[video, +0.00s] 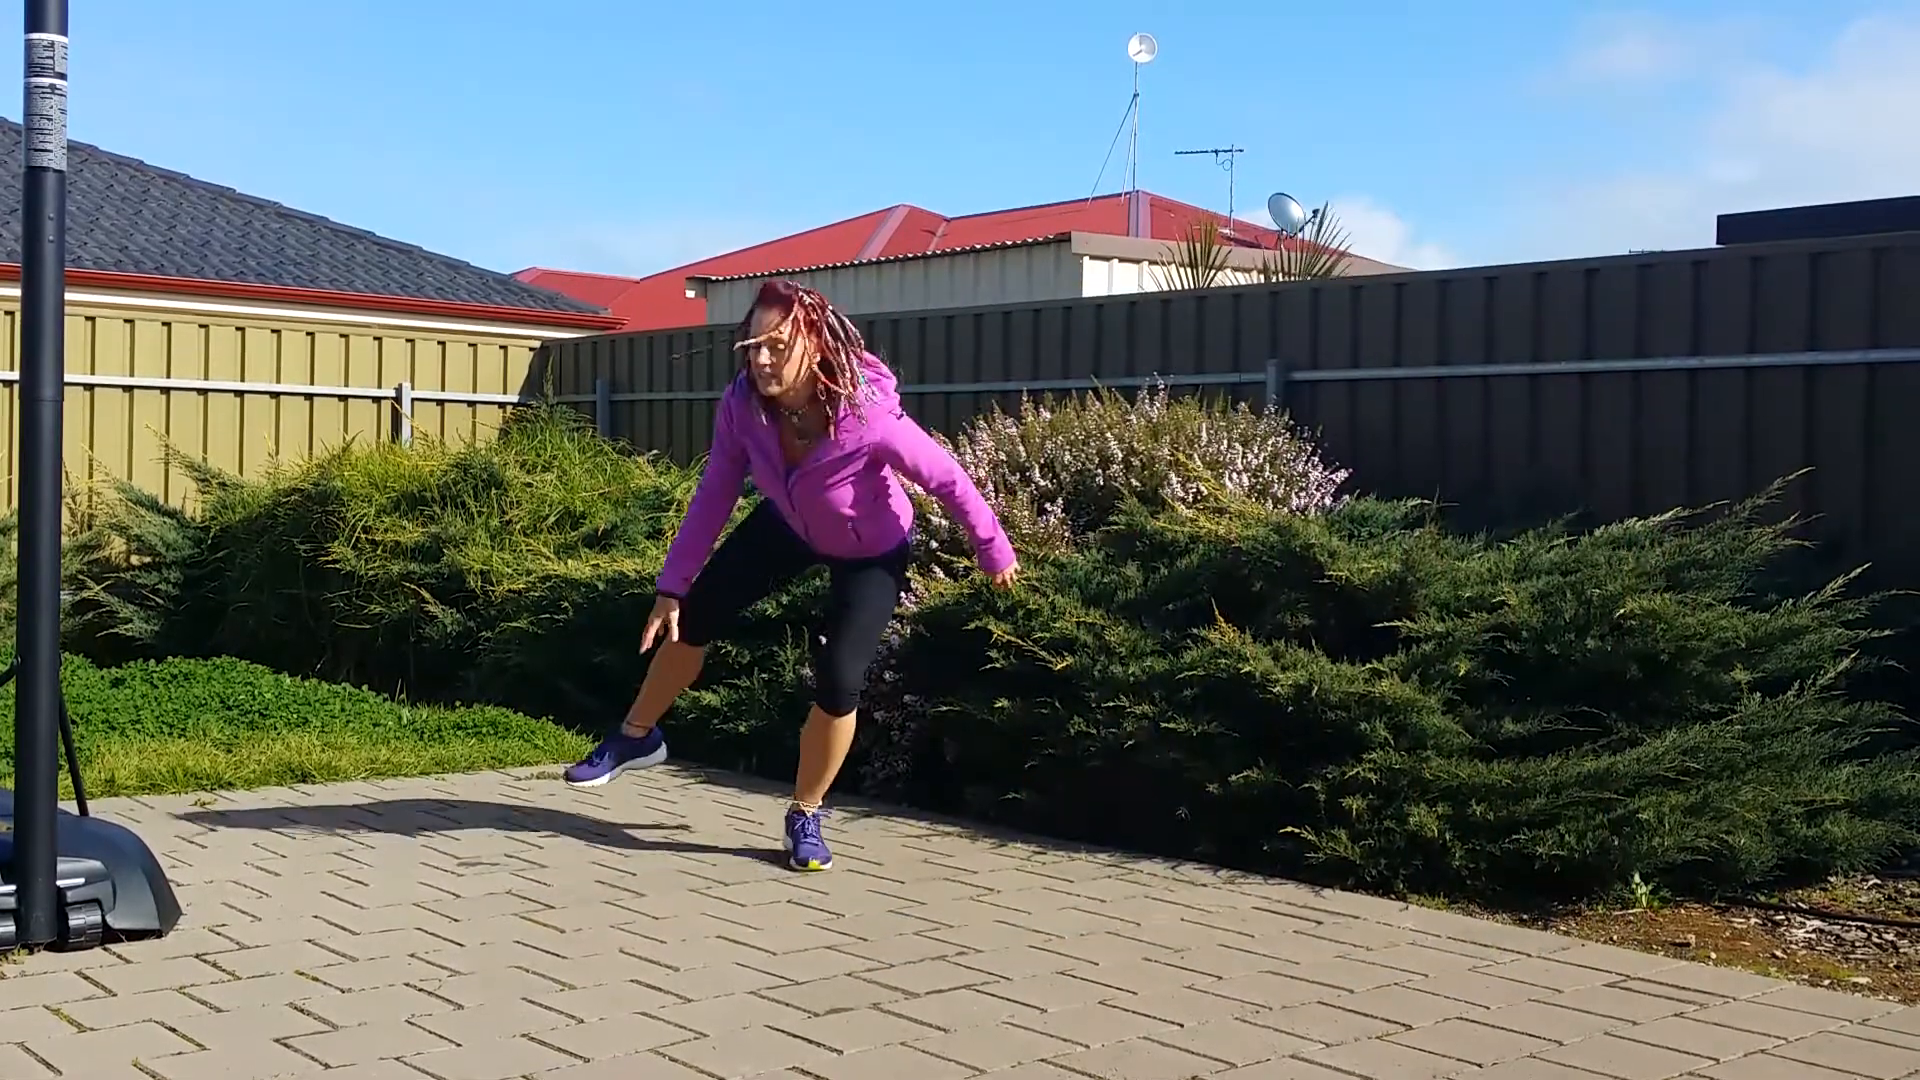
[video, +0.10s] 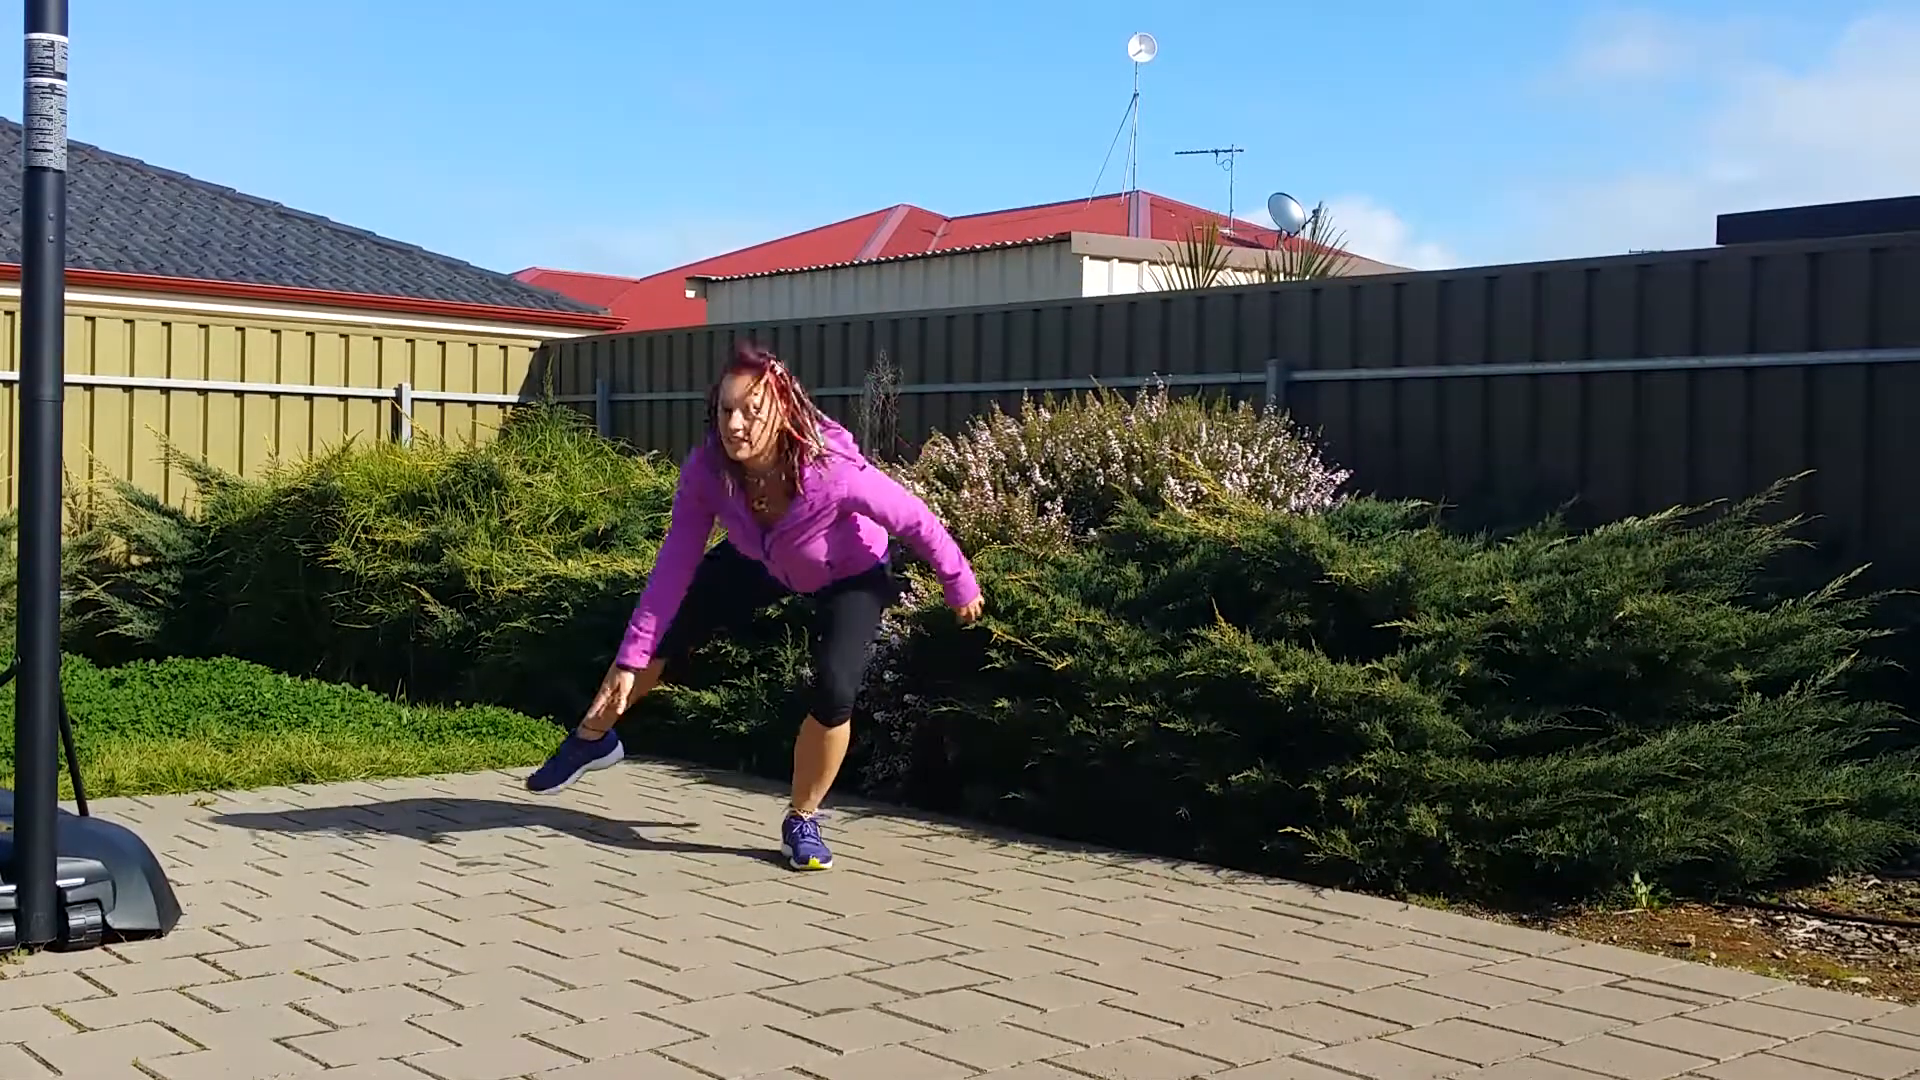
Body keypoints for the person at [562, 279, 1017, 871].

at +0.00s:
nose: (760, 360)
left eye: (775, 345)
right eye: (752, 346)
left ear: (814, 346)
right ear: (743, 348)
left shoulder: (866, 412)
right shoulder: (741, 407)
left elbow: (946, 476)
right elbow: (711, 496)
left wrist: (993, 543)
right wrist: (671, 586)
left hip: (870, 545)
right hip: (788, 523)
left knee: (841, 680)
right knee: (692, 613)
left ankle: (805, 814)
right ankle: (634, 734)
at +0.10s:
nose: (734, 424)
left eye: (750, 412)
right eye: (725, 410)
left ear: (781, 415)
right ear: (716, 414)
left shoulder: (833, 468)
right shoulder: (707, 468)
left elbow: (915, 519)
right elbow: (674, 565)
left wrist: (959, 581)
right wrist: (630, 657)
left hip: (849, 571)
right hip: (766, 561)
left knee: (835, 689)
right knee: (677, 608)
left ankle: (802, 819)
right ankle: (596, 737)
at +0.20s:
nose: (704, 483)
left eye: (718, 471)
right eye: (693, 470)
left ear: (747, 472)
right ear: (682, 471)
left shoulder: (799, 513)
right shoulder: (669, 527)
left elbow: (879, 542)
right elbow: (637, 630)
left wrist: (924, 602)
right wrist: (601, 725)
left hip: (825, 592)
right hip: (743, 594)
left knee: (830, 685)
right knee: (640, 646)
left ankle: (804, 819)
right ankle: (612, 778)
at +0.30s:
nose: (669, 527)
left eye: (683, 513)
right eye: (657, 514)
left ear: (709, 514)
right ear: (642, 519)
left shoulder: (761, 544)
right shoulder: (630, 573)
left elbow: (840, 558)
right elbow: (612, 680)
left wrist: (889, 599)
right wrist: (585, 785)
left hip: (786, 606)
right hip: (698, 617)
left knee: (821, 678)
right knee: (614, 670)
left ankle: (803, 819)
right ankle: (617, 792)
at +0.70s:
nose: (667, 509)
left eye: (680, 495)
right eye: (655, 497)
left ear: (705, 497)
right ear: (638, 501)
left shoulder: (756, 529)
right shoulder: (620, 552)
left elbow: (836, 548)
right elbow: (588, 646)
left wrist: (885, 589)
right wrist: (552, 732)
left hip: (777, 594)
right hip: (686, 604)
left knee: (801, 666)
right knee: (606, 675)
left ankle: (802, 817)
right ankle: (617, 791)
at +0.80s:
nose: (708, 454)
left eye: (722, 441)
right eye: (695, 441)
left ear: (745, 446)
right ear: (678, 446)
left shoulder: (791, 485)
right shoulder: (655, 496)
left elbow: (864, 526)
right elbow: (619, 580)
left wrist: (911, 575)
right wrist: (581, 661)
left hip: (815, 564)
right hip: (729, 567)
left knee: (812, 666)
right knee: (652, 651)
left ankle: (803, 815)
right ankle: (619, 785)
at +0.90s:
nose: (748, 400)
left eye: (762, 386)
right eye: (735, 386)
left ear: (786, 393)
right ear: (717, 392)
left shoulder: (827, 438)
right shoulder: (695, 443)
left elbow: (897, 490)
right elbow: (665, 529)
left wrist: (940, 549)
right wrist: (628, 612)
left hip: (848, 545)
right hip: (763, 543)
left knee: (830, 670)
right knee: (695, 651)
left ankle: (808, 813)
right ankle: (667, 785)